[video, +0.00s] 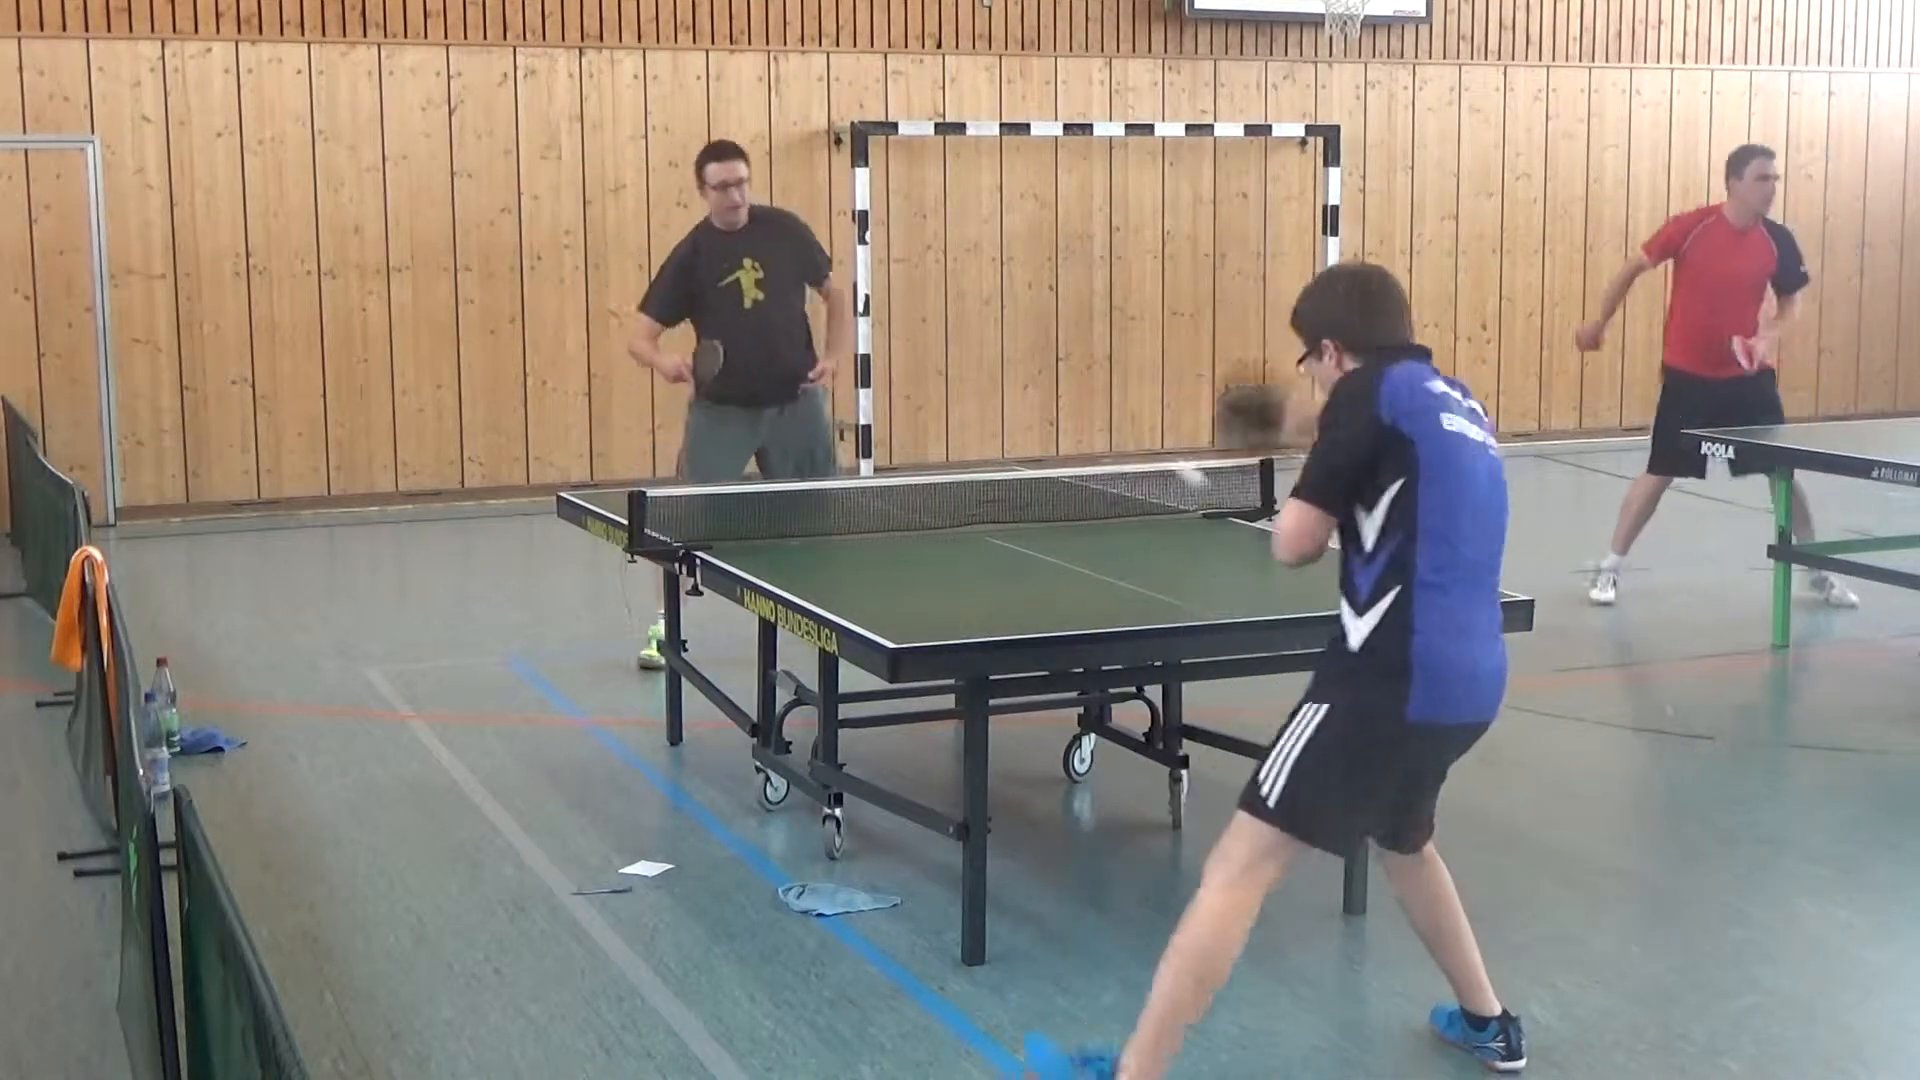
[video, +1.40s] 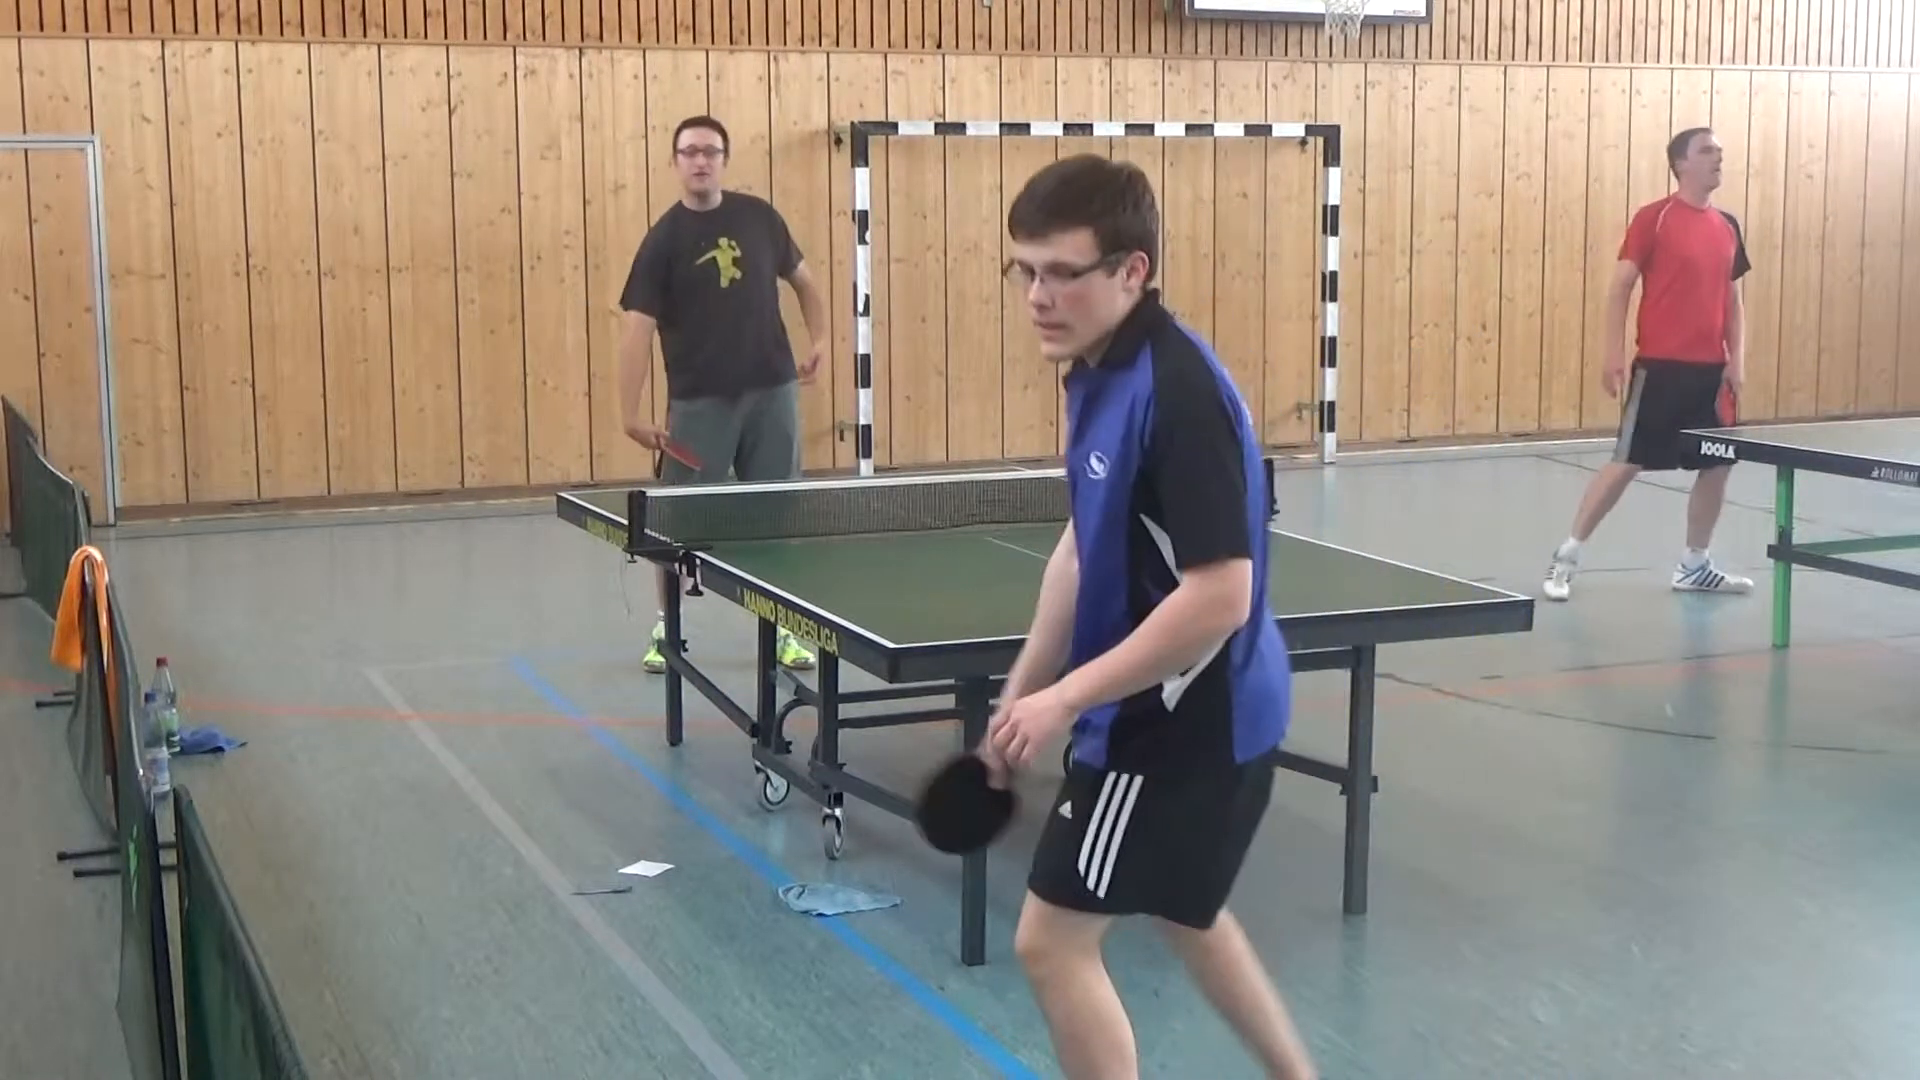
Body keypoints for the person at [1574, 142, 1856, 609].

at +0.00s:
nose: (1773, 188)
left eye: (1776, 180)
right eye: (1764, 179)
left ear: (1771, 185)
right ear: (1734, 183)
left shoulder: (1777, 241)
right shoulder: (1688, 227)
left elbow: (1790, 301)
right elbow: (1633, 268)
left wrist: (1771, 335)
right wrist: (1599, 323)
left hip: (1750, 380)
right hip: (1689, 380)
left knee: (1783, 474)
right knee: (1659, 473)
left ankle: (1817, 570)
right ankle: (1610, 567)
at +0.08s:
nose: (1764, 176)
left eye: (1766, 168)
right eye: (1754, 168)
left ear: (1765, 173)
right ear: (1724, 171)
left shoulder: (1769, 229)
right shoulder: (1681, 218)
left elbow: (1778, 294)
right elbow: (1617, 258)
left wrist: (1762, 327)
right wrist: (1579, 312)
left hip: (1741, 371)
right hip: (1679, 369)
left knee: (1765, 461)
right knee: (1651, 463)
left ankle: (1782, 562)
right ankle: (1603, 562)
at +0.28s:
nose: (1743, 187)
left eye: (1745, 180)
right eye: (1733, 180)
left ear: (1745, 183)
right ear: (1704, 183)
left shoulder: (1748, 240)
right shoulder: (1667, 231)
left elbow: (1754, 311)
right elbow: (1602, 276)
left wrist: (1742, 353)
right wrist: (1555, 328)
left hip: (1723, 383)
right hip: (1666, 381)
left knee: (1745, 471)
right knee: (1629, 477)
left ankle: (1728, 563)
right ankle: (1557, 560)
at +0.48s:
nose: (1742, 207)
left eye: (1744, 199)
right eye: (1735, 197)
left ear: (1722, 203)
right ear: (1706, 196)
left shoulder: (1714, 260)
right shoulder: (1664, 235)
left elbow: (1719, 325)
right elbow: (1609, 280)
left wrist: (1785, 354)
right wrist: (1566, 342)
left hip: (1692, 391)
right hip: (1641, 385)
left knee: (1727, 476)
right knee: (1614, 485)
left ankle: (1724, 564)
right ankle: (1542, 559)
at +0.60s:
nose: (1748, 193)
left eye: (1749, 186)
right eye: (1741, 184)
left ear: (1735, 192)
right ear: (1711, 185)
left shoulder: (1735, 255)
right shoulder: (1672, 218)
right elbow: (1608, 259)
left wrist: (1845, 353)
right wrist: (1562, 315)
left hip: (1686, 374)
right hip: (1634, 365)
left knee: (1709, 463)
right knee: (1602, 465)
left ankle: (1704, 563)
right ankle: (1528, 562)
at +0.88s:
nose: (1729, 167)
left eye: (1730, 160)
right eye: (1718, 160)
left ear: (1729, 169)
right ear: (1691, 169)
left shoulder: (1733, 236)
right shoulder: (1652, 214)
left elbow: (1758, 304)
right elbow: (1595, 262)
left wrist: (1787, 366)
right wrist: (1553, 314)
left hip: (1695, 371)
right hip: (1640, 365)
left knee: (1704, 467)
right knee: (1613, 462)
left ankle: (1704, 563)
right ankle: (1565, 563)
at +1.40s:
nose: (1719, 158)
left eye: (1719, 151)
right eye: (1707, 151)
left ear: (1716, 162)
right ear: (1680, 164)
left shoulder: (1727, 225)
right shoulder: (1653, 217)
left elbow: (1733, 299)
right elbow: (1620, 286)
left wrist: (1736, 359)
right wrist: (1614, 353)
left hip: (1710, 369)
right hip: (1659, 366)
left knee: (1716, 463)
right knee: (1628, 460)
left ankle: (1694, 565)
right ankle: (1567, 555)